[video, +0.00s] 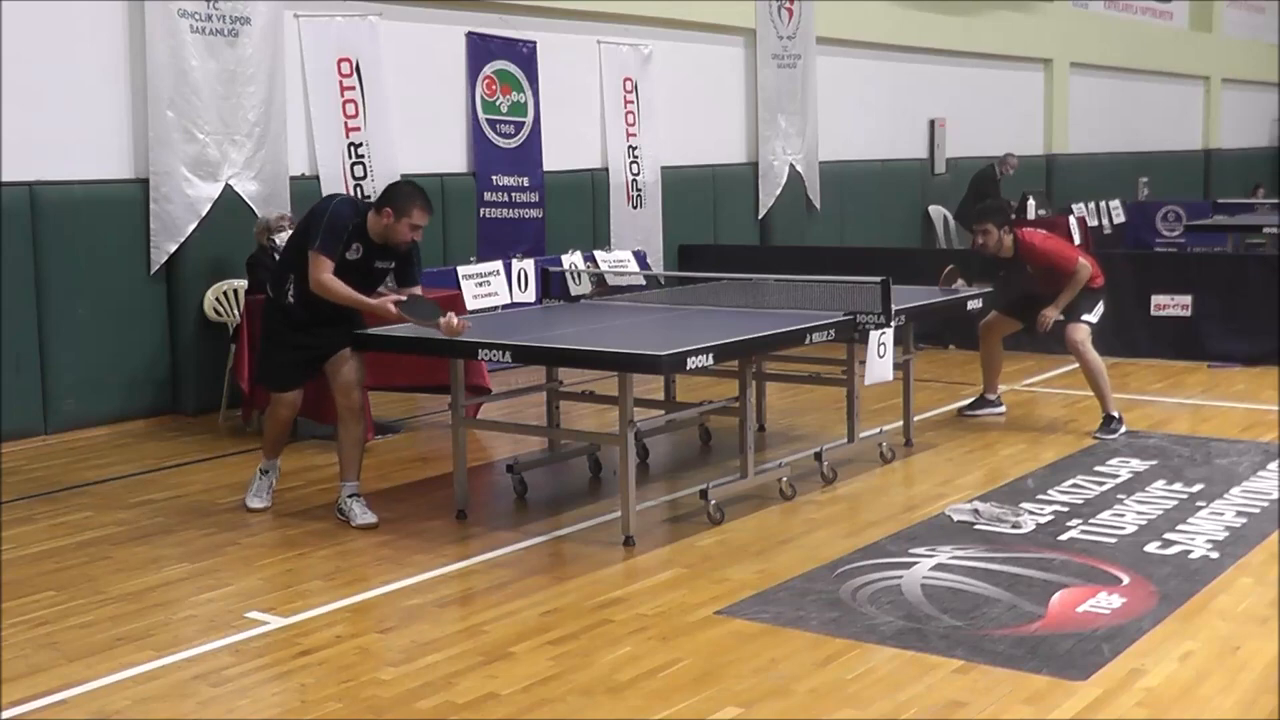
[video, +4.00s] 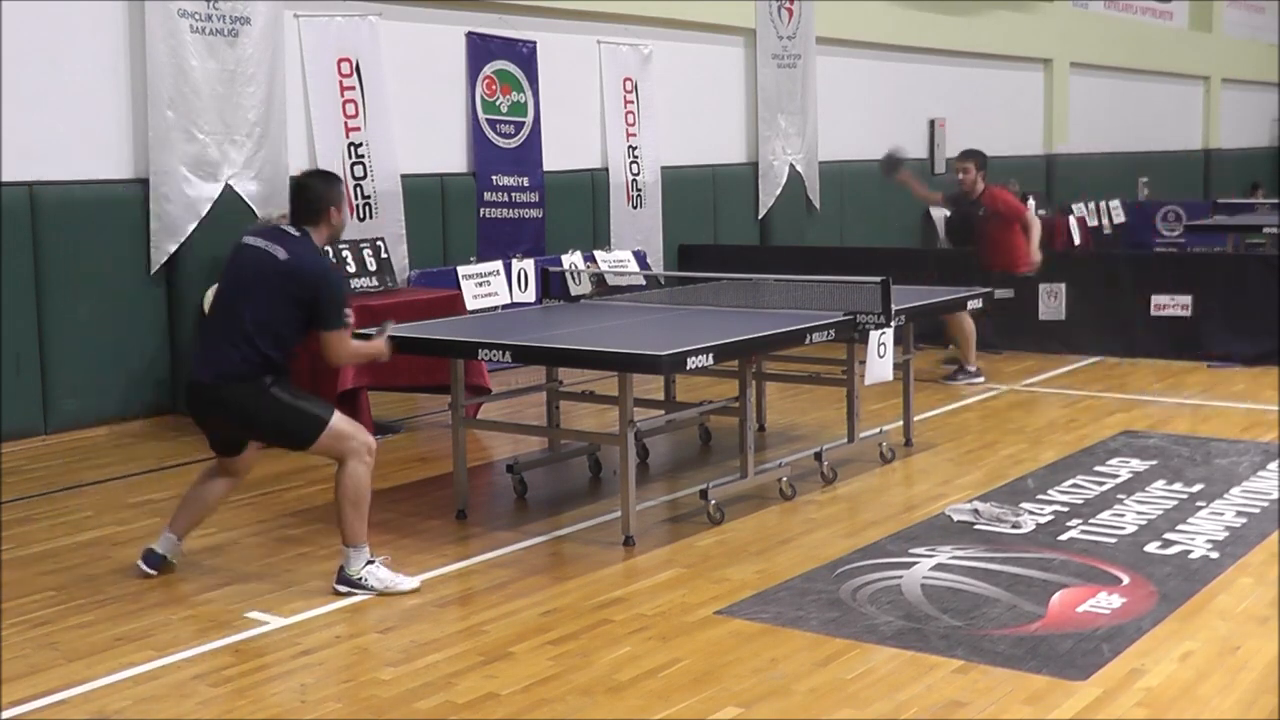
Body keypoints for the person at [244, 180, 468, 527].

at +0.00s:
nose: (417, 237)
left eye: (420, 230)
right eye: (413, 228)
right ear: (387, 215)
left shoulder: (404, 244)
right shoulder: (337, 213)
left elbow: (413, 301)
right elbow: (318, 280)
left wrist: (439, 321)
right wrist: (372, 305)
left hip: (337, 315)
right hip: (290, 310)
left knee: (352, 396)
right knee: (286, 403)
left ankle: (349, 494)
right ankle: (267, 470)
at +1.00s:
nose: (375, 221)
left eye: (377, 214)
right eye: (373, 214)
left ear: (352, 207)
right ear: (353, 207)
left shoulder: (339, 224)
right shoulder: (285, 197)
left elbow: (363, 230)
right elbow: (221, 205)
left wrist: (362, 275)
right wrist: (257, 244)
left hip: (310, 329)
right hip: (261, 335)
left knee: (361, 405)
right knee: (284, 434)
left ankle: (348, 497)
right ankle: (269, 477)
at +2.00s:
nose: (289, 223)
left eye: (288, 215)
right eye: (285, 216)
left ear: (237, 220)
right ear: (263, 227)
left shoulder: (196, 241)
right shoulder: (251, 282)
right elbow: (307, 354)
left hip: (119, 380)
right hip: (152, 390)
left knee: (137, 463)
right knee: (254, 454)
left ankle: (69, 544)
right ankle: (245, 570)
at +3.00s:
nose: (247, 196)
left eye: (246, 188)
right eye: (247, 189)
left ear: (198, 181)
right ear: (236, 192)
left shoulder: (148, 210)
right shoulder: (227, 244)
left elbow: (155, 277)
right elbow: (234, 322)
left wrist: (223, 289)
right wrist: (252, 295)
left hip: (93, 355)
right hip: (145, 363)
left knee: (124, 452)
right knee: (209, 461)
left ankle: (92, 555)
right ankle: (236, 589)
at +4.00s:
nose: (347, 215)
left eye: (347, 207)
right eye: (345, 208)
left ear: (296, 208)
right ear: (332, 214)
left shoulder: (257, 236)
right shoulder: (323, 270)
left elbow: (232, 302)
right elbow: (337, 352)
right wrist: (377, 348)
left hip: (203, 385)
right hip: (249, 390)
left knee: (232, 464)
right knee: (358, 447)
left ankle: (163, 549)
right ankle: (357, 565)